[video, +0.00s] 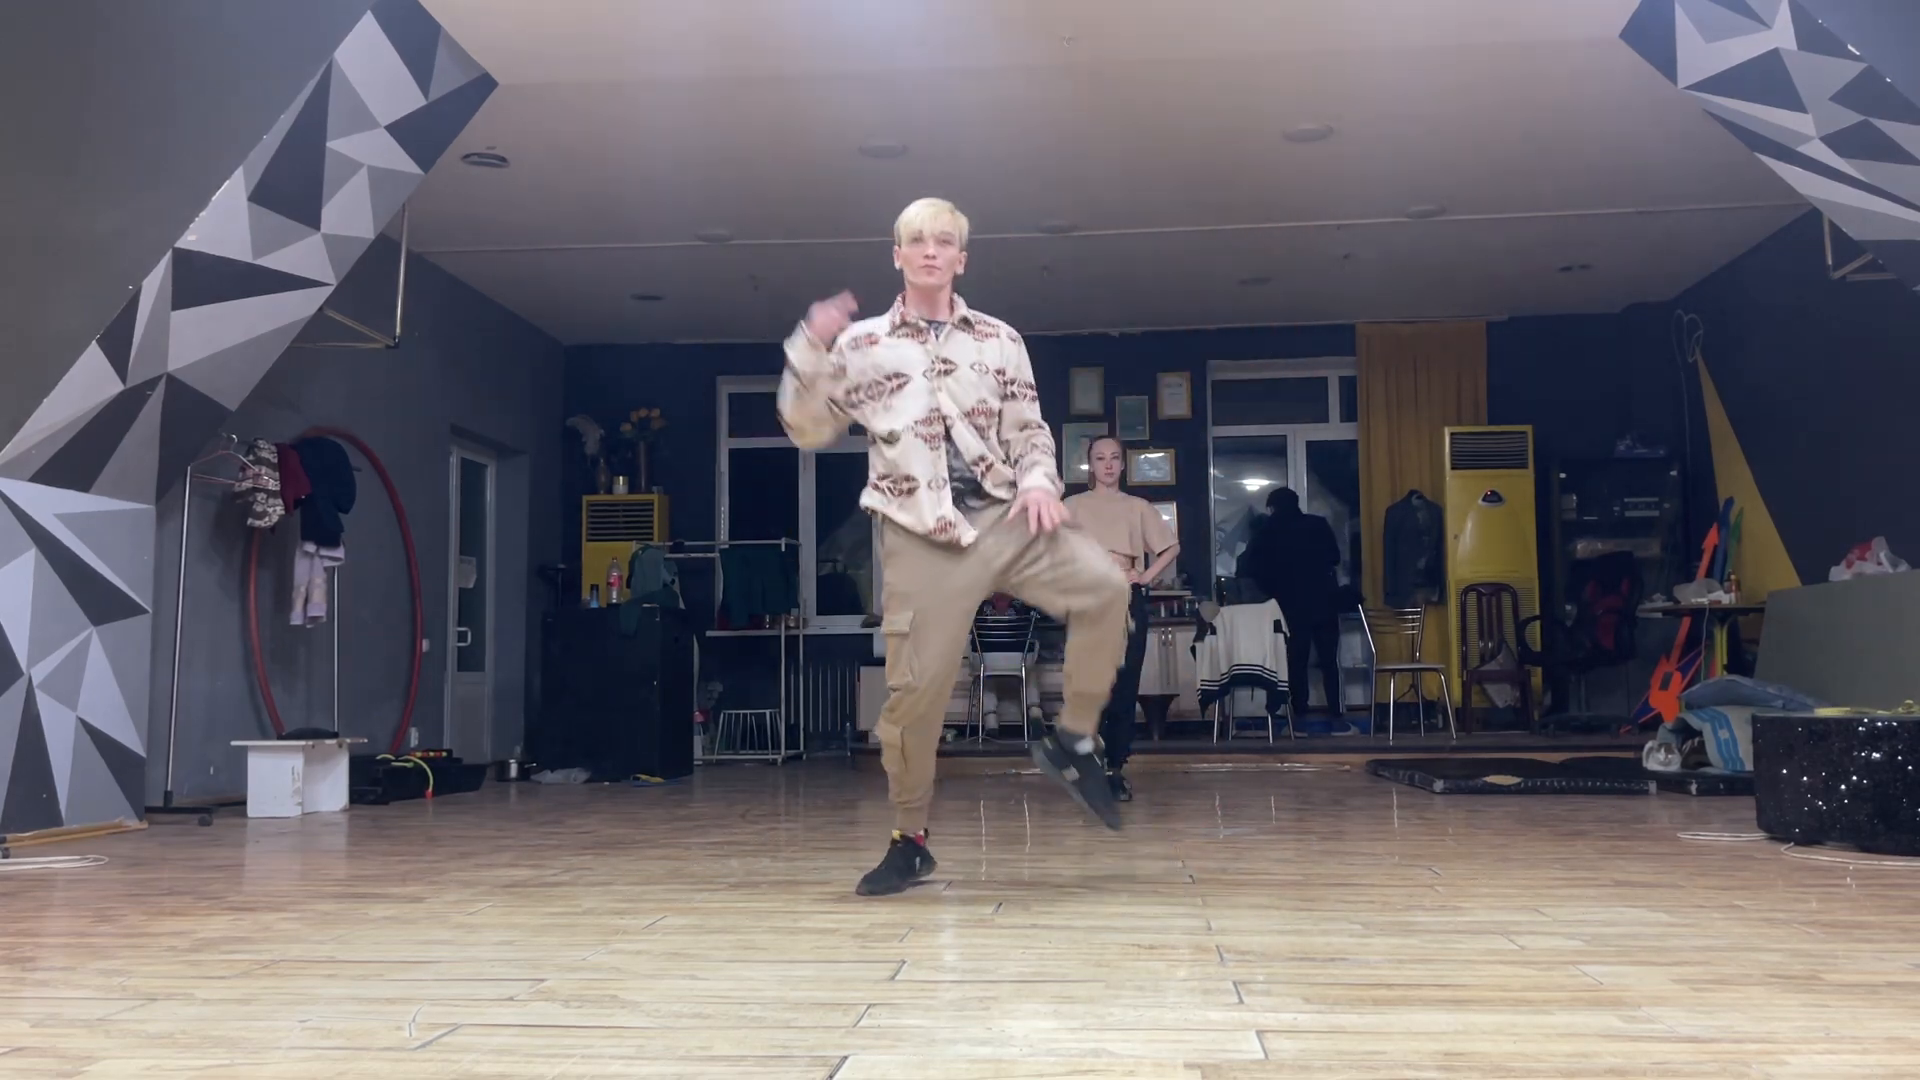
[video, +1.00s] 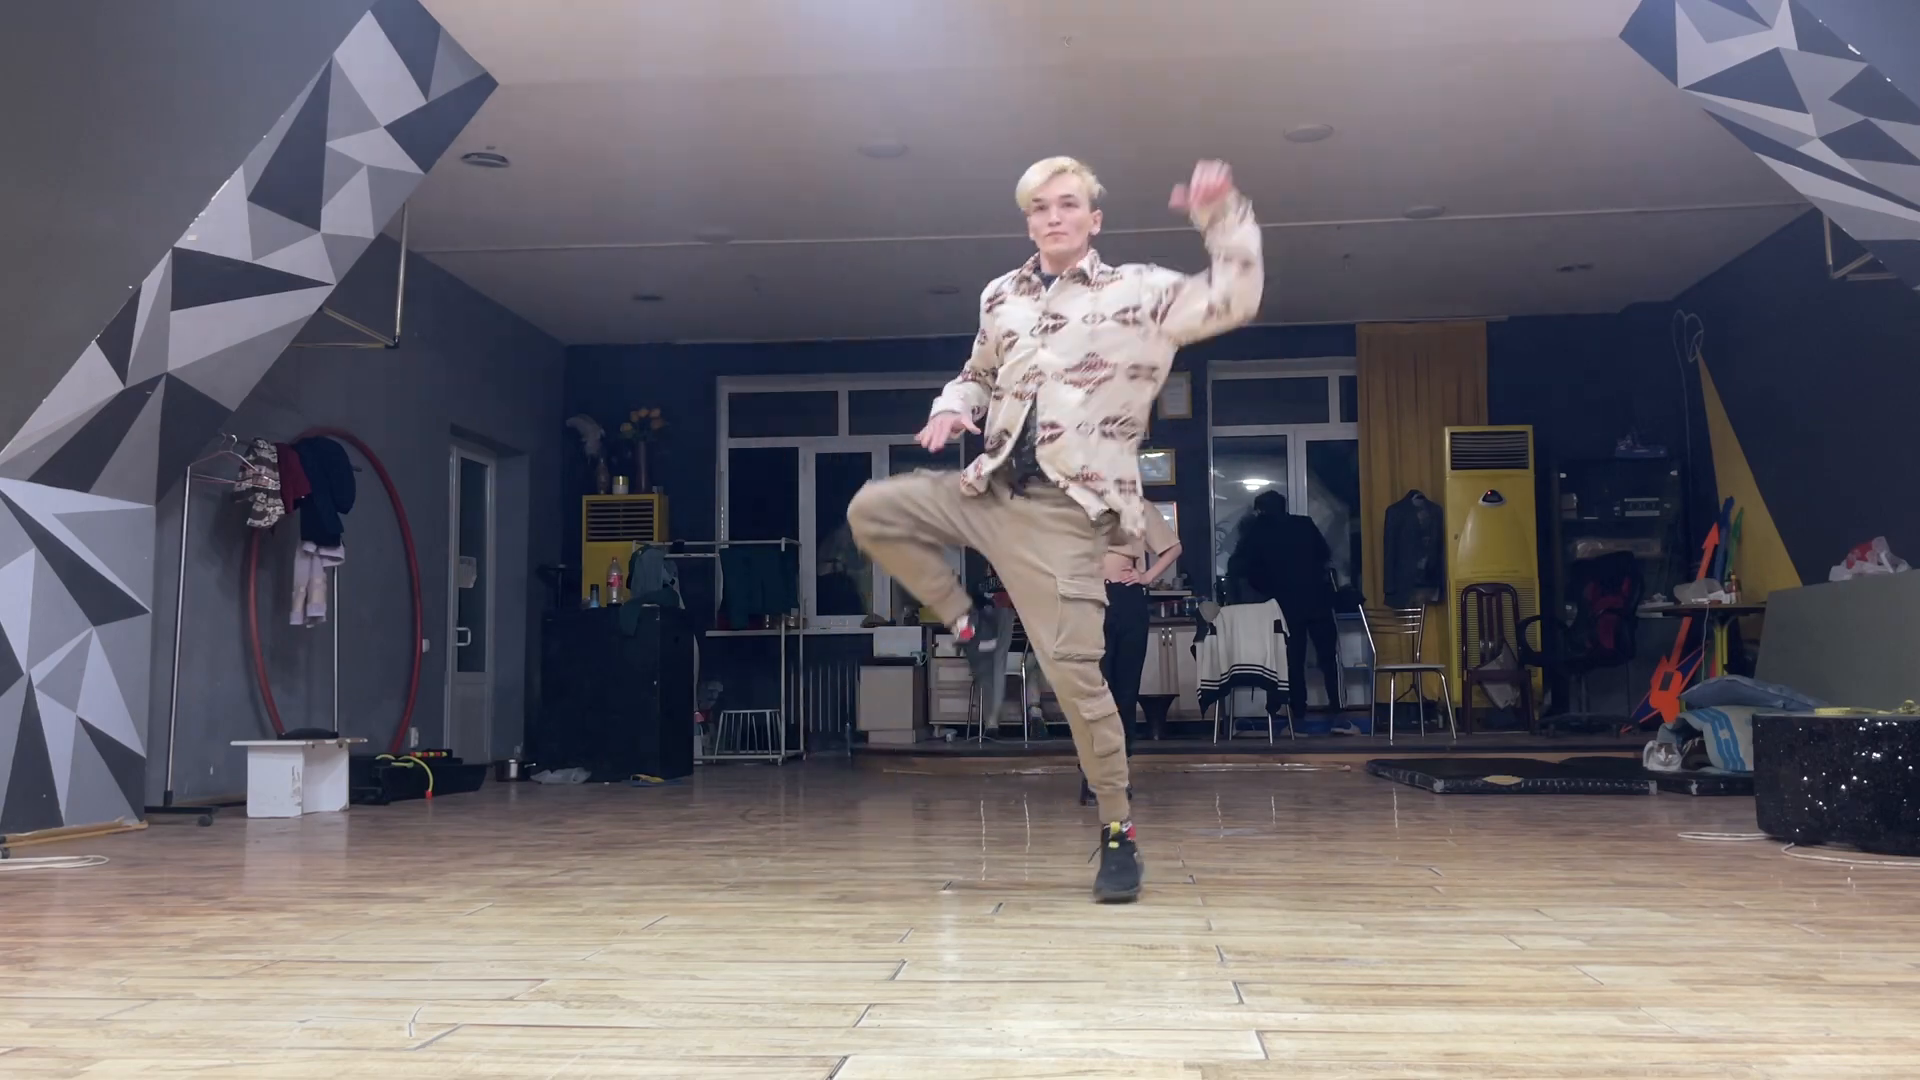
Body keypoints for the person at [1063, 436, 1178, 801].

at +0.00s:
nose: (1108, 464)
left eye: (1114, 458)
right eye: (1101, 459)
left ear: (1123, 463)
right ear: (1089, 464)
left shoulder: (1139, 508)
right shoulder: (1072, 506)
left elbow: (1171, 547)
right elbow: (1055, 547)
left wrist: (1147, 575)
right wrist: (1098, 558)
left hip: (1128, 599)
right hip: (1085, 596)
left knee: (1124, 685)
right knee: (1088, 679)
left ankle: (1116, 769)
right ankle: (1086, 763)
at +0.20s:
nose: (1111, 464)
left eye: (1116, 458)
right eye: (1105, 457)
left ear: (1123, 463)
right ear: (1092, 462)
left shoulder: (1139, 506)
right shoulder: (1072, 505)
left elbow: (1170, 547)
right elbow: (1043, 547)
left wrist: (1147, 576)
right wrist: (1068, 583)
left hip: (1127, 599)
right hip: (1087, 601)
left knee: (1125, 690)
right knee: (1094, 688)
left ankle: (1115, 772)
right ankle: (1091, 773)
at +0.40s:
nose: (1108, 463)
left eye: (1115, 457)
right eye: (1100, 458)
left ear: (1123, 463)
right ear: (1090, 464)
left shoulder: (1140, 507)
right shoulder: (1072, 506)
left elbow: (1172, 547)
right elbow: (1045, 550)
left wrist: (1147, 576)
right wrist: (1067, 583)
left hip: (1129, 600)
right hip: (1088, 601)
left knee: (1124, 689)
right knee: (1094, 689)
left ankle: (1114, 773)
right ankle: (1091, 775)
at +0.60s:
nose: (1108, 463)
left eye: (1114, 457)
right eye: (1100, 457)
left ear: (1123, 463)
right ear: (1090, 463)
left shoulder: (1139, 506)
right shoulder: (1073, 505)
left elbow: (1172, 547)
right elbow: (1042, 548)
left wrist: (1148, 576)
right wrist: (1066, 583)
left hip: (1129, 601)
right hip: (1089, 602)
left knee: (1124, 690)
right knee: (1093, 690)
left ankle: (1115, 772)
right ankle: (1091, 774)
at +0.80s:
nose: (1104, 466)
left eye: (1110, 459)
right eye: (1098, 459)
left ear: (1121, 465)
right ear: (1090, 465)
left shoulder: (1138, 504)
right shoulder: (1077, 504)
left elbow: (1173, 546)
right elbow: (1060, 544)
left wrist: (1149, 576)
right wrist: (1074, 579)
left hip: (1130, 600)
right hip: (1090, 601)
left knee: (1124, 692)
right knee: (1094, 692)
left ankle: (1115, 771)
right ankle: (1099, 773)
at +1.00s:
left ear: (1125, 478)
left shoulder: (1138, 506)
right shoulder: (1075, 507)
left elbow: (1173, 546)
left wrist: (1148, 575)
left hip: (1129, 598)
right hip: (1089, 597)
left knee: (1124, 691)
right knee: (1091, 688)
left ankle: (1119, 776)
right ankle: (1091, 776)